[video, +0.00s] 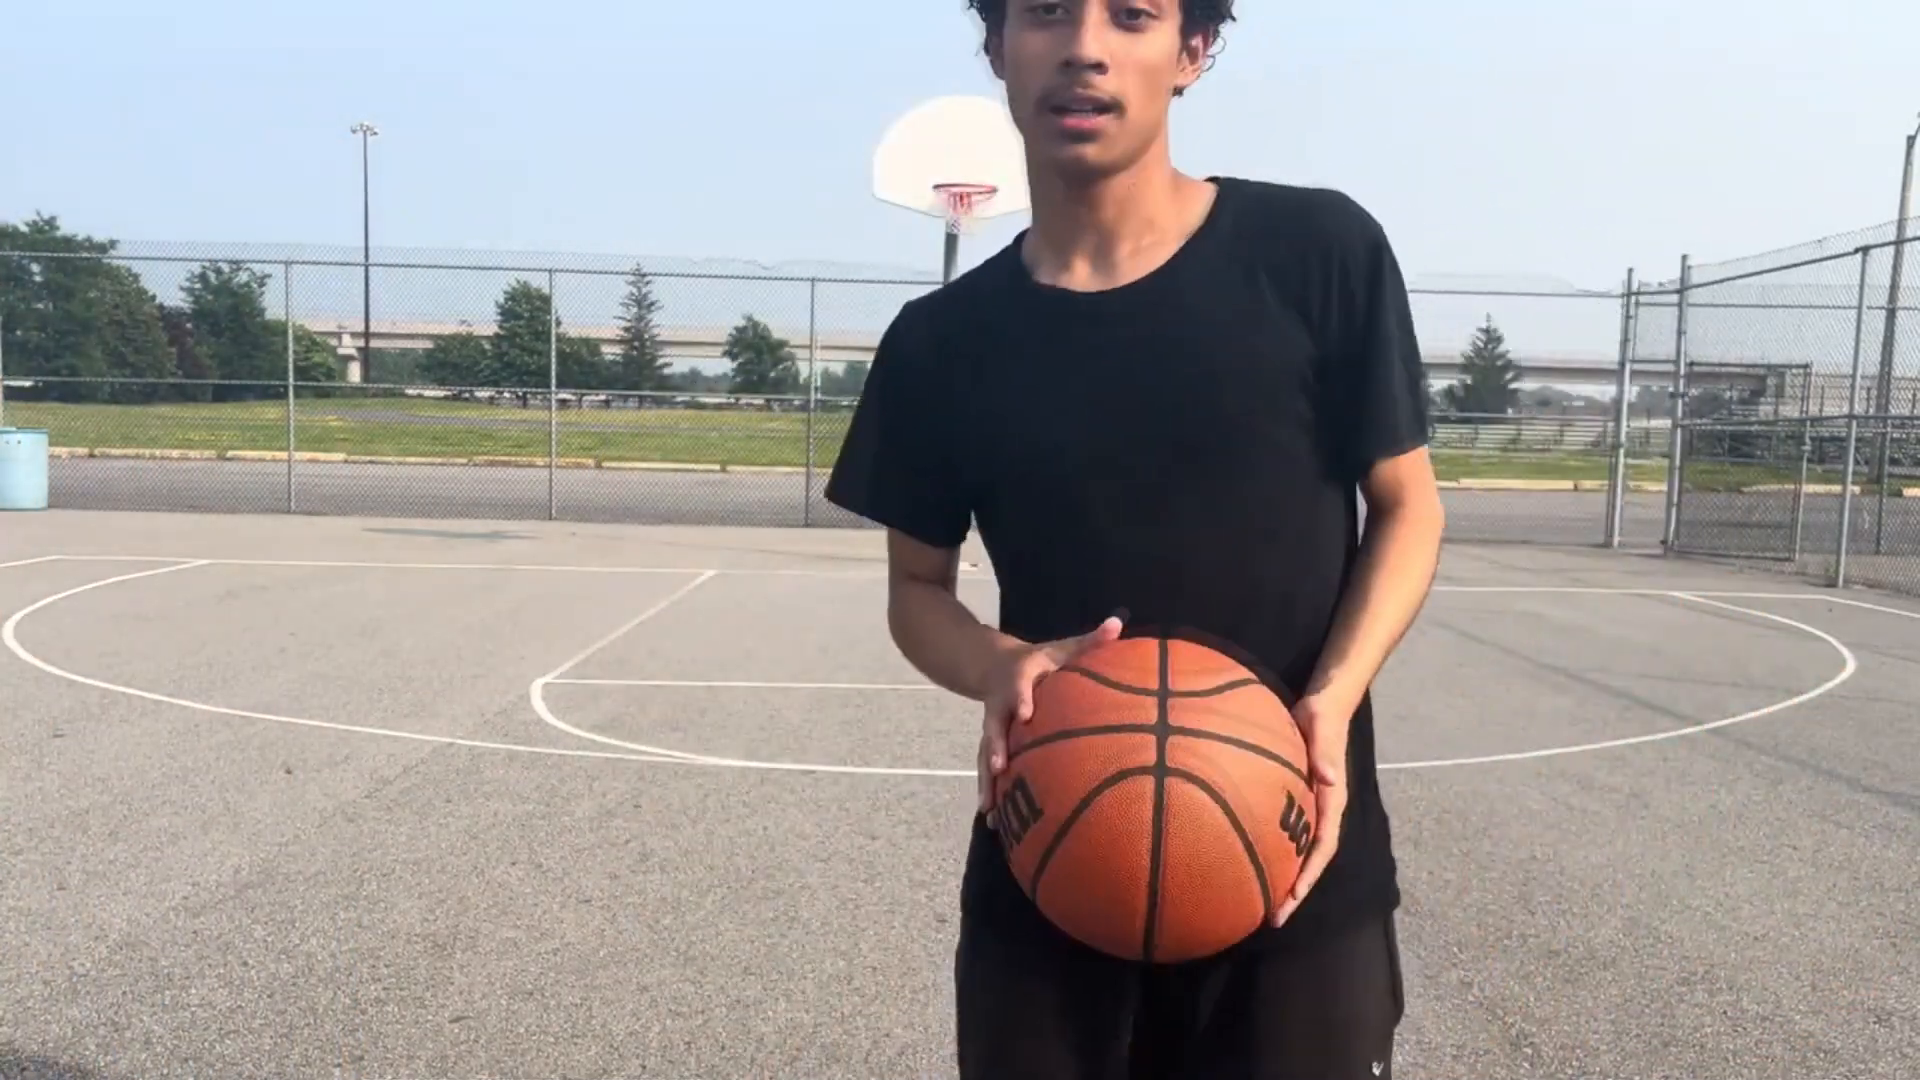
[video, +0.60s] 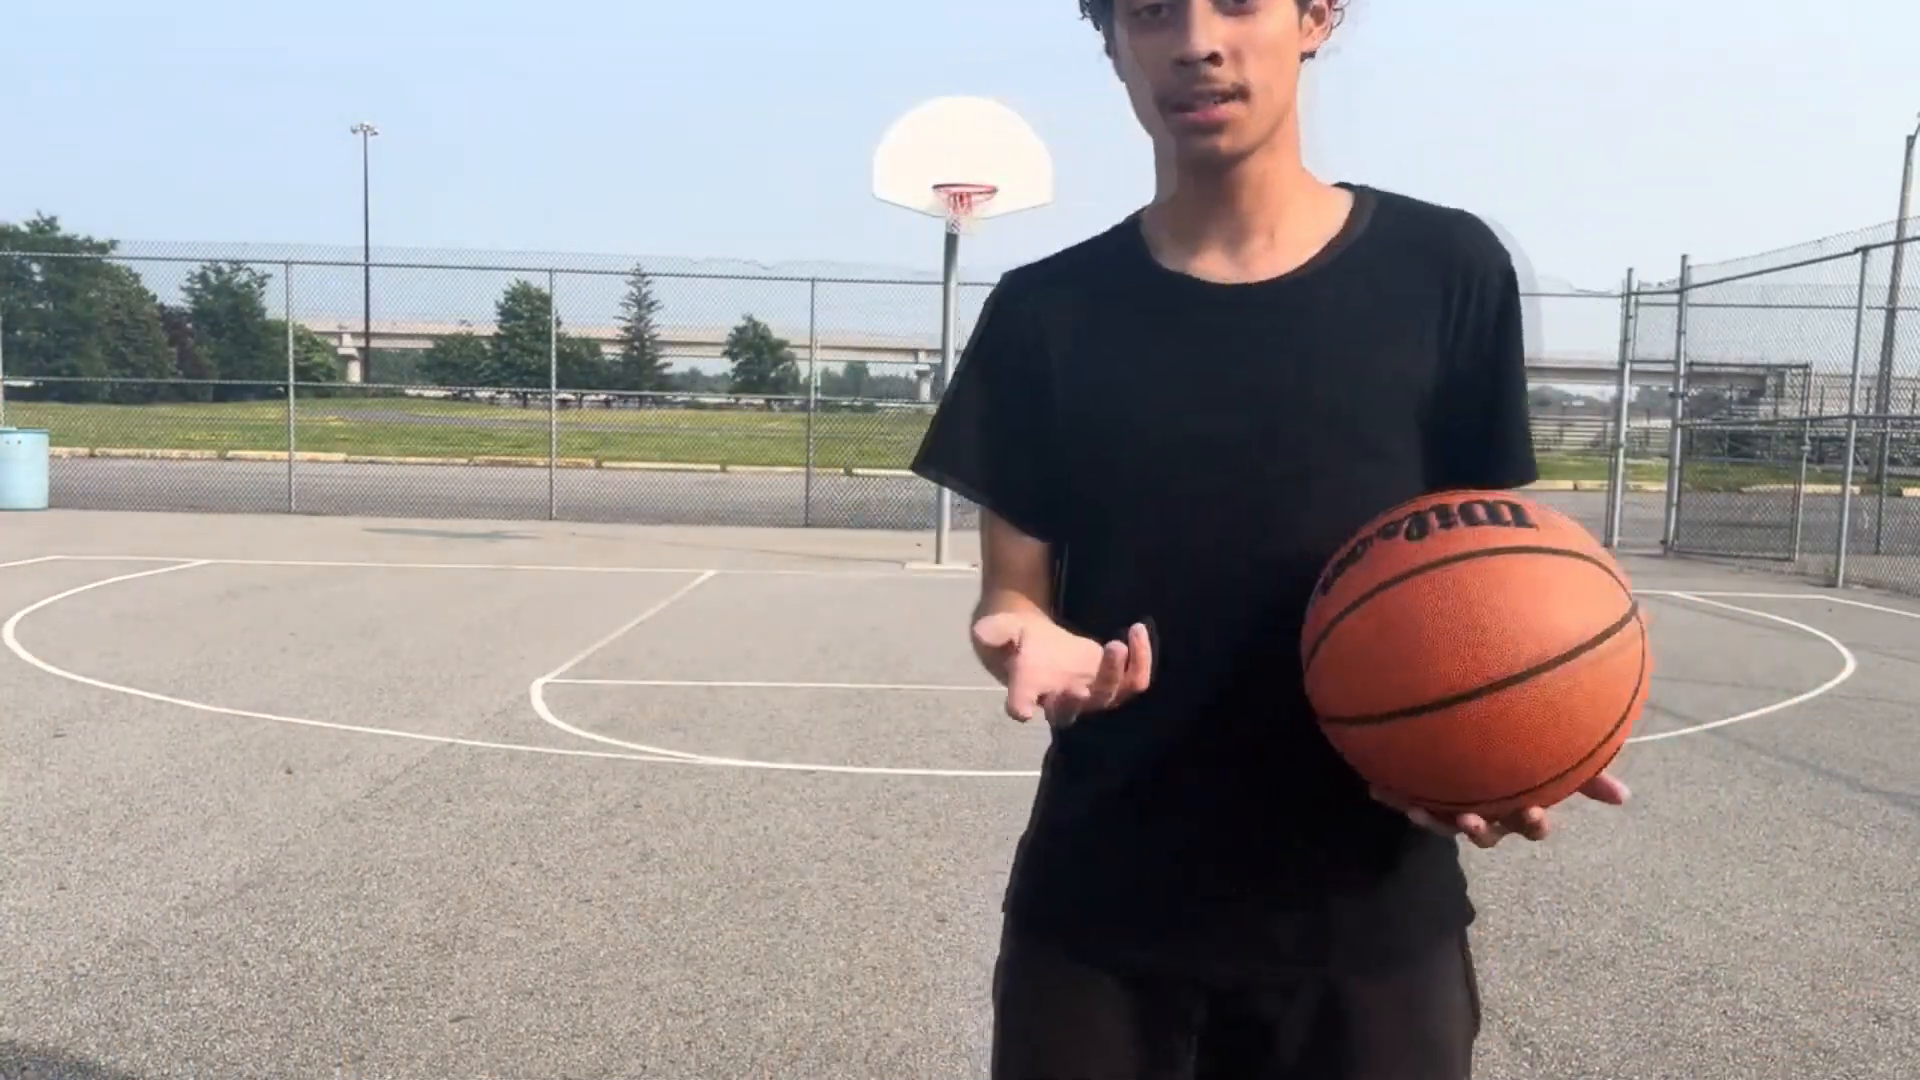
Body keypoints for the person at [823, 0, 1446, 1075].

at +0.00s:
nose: (1085, 47)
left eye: (1130, 13)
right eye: (1047, 11)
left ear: (1190, 53)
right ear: (997, 49)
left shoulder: (1323, 252)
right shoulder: (941, 339)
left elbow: (1407, 510)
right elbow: (916, 593)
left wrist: (1332, 696)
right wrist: (1001, 666)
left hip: (1299, 849)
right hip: (1050, 852)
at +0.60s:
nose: (1200, 41)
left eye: (1240, 2)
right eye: (1155, 10)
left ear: (1314, 22)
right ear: (1114, 45)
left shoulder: (1450, 272)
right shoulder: (1040, 313)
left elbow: (1496, 565)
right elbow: (1013, 589)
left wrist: (1510, 735)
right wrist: (1044, 646)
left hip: (1373, 914)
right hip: (1103, 922)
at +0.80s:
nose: (1342, 25)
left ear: (1470, 11)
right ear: (1260, 22)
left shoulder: (1581, 301)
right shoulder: (1134, 282)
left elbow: (1616, 613)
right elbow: (1035, 565)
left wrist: (1612, 776)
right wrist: (1107, 685)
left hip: (1453, 970)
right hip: (1157, 961)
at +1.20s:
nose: (1500, 5)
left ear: (1626, 12)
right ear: (1405, 15)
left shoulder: (1735, 309)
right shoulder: (1247, 245)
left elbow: (1714, 639)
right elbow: (1094, 547)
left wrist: (1764, 846)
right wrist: (1276, 703)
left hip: (1494, 1008)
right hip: (1185, 969)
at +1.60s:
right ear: (1255, 5)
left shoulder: (1613, 257)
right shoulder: (1117, 265)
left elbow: (1567, 625)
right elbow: (990, 622)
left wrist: (1670, 896)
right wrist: (1259, 756)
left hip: (1470, 1025)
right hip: (1152, 1014)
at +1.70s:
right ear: (1180, 0)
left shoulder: (1556, 240)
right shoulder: (1054, 265)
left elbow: (1522, 611)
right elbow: (943, 636)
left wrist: (1627, 889)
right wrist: (1212, 763)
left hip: (1442, 1020)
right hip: (1124, 1017)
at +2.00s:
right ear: (983, 0)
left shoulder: (1420, 173)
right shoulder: (893, 297)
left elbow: (1472, 516)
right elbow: (831, 653)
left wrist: (1516, 771)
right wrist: (1005, 768)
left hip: (1391, 972)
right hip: (1046, 999)